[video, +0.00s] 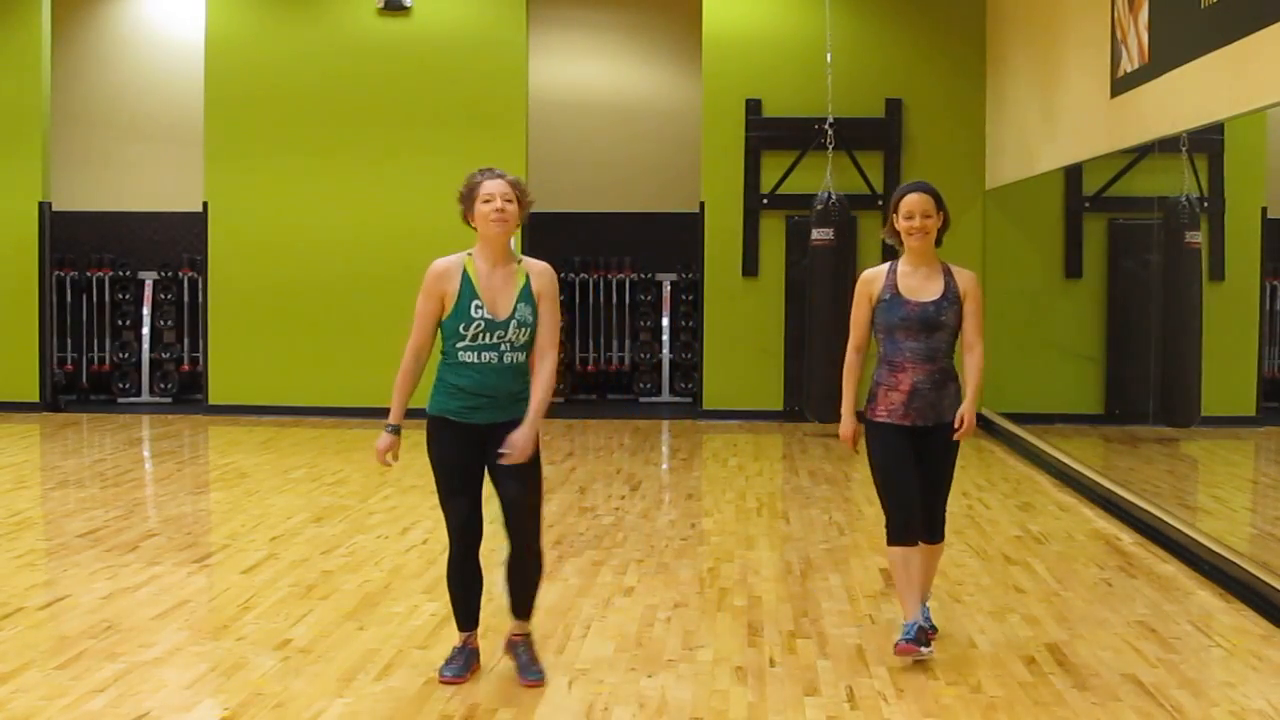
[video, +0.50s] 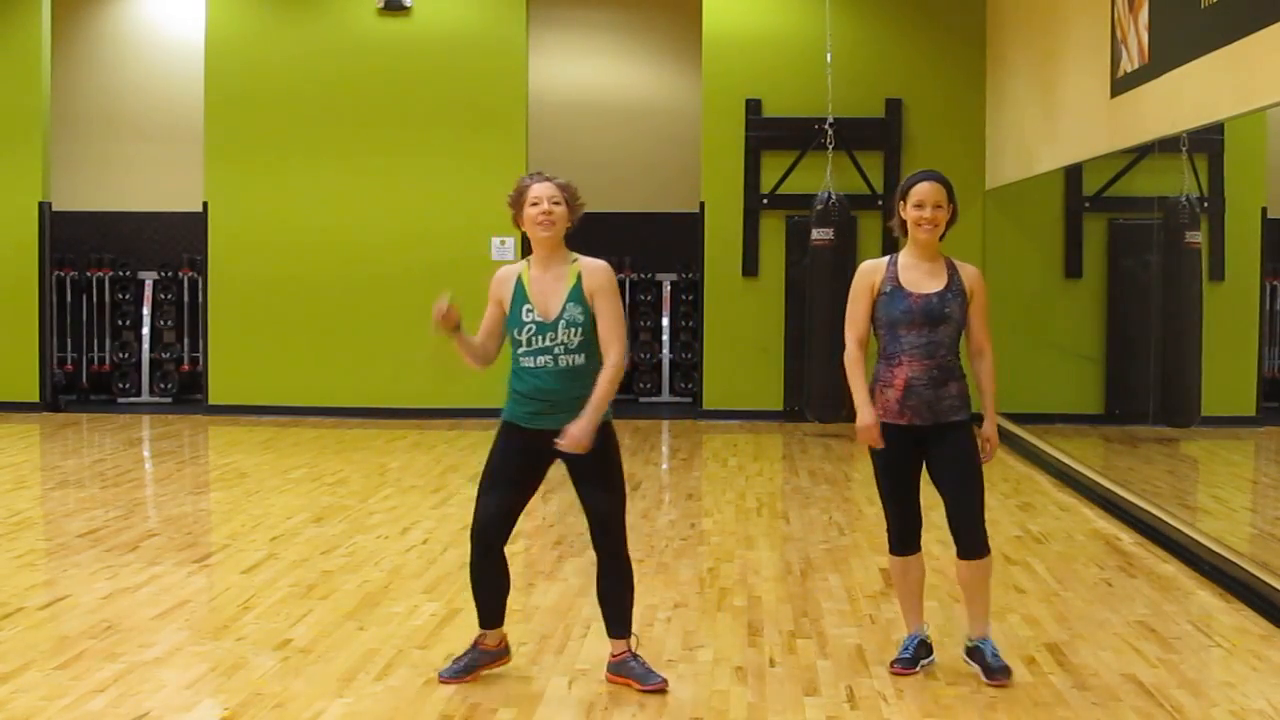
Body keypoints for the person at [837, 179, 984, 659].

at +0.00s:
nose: (918, 223)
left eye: (926, 215)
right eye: (909, 216)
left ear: (941, 221)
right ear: (895, 223)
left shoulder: (963, 282)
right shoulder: (873, 280)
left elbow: (972, 347)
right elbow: (855, 349)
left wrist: (970, 400)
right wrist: (847, 411)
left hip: (941, 415)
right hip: (886, 414)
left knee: (932, 515)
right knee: (903, 515)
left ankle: (921, 604)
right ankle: (911, 620)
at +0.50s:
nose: (928, 214)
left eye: (937, 207)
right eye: (918, 205)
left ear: (949, 215)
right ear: (902, 211)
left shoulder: (967, 277)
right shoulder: (873, 273)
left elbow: (980, 351)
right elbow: (854, 347)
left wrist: (989, 416)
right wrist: (864, 409)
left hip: (951, 422)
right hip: (891, 424)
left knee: (972, 532)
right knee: (903, 534)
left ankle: (979, 639)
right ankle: (916, 636)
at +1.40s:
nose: (972, 200)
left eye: (980, 194)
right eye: (960, 196)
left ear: (995, 211)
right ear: (944, 216)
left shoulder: (1020, 283)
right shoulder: (921, 276)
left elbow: (1027, 362)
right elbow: (888, 350)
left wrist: (1032, 427)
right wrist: (886, 422)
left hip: (998, 437)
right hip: (931, 436)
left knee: (1045, 543)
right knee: (904, 550)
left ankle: (1059, 656)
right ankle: (881, 656)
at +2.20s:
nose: (956, 212)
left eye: (969, 209)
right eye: (949, 205)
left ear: (983, 232)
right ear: (933, 221)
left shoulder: (993, 299)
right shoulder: (894, 283)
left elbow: (1003, 380)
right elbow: (857, 356)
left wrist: (1002, 449)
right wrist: (859, 424)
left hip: (949, 445)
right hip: (888, 436)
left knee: (969, 566)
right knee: (861, 547)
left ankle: (1033, 644)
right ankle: (863, 659)